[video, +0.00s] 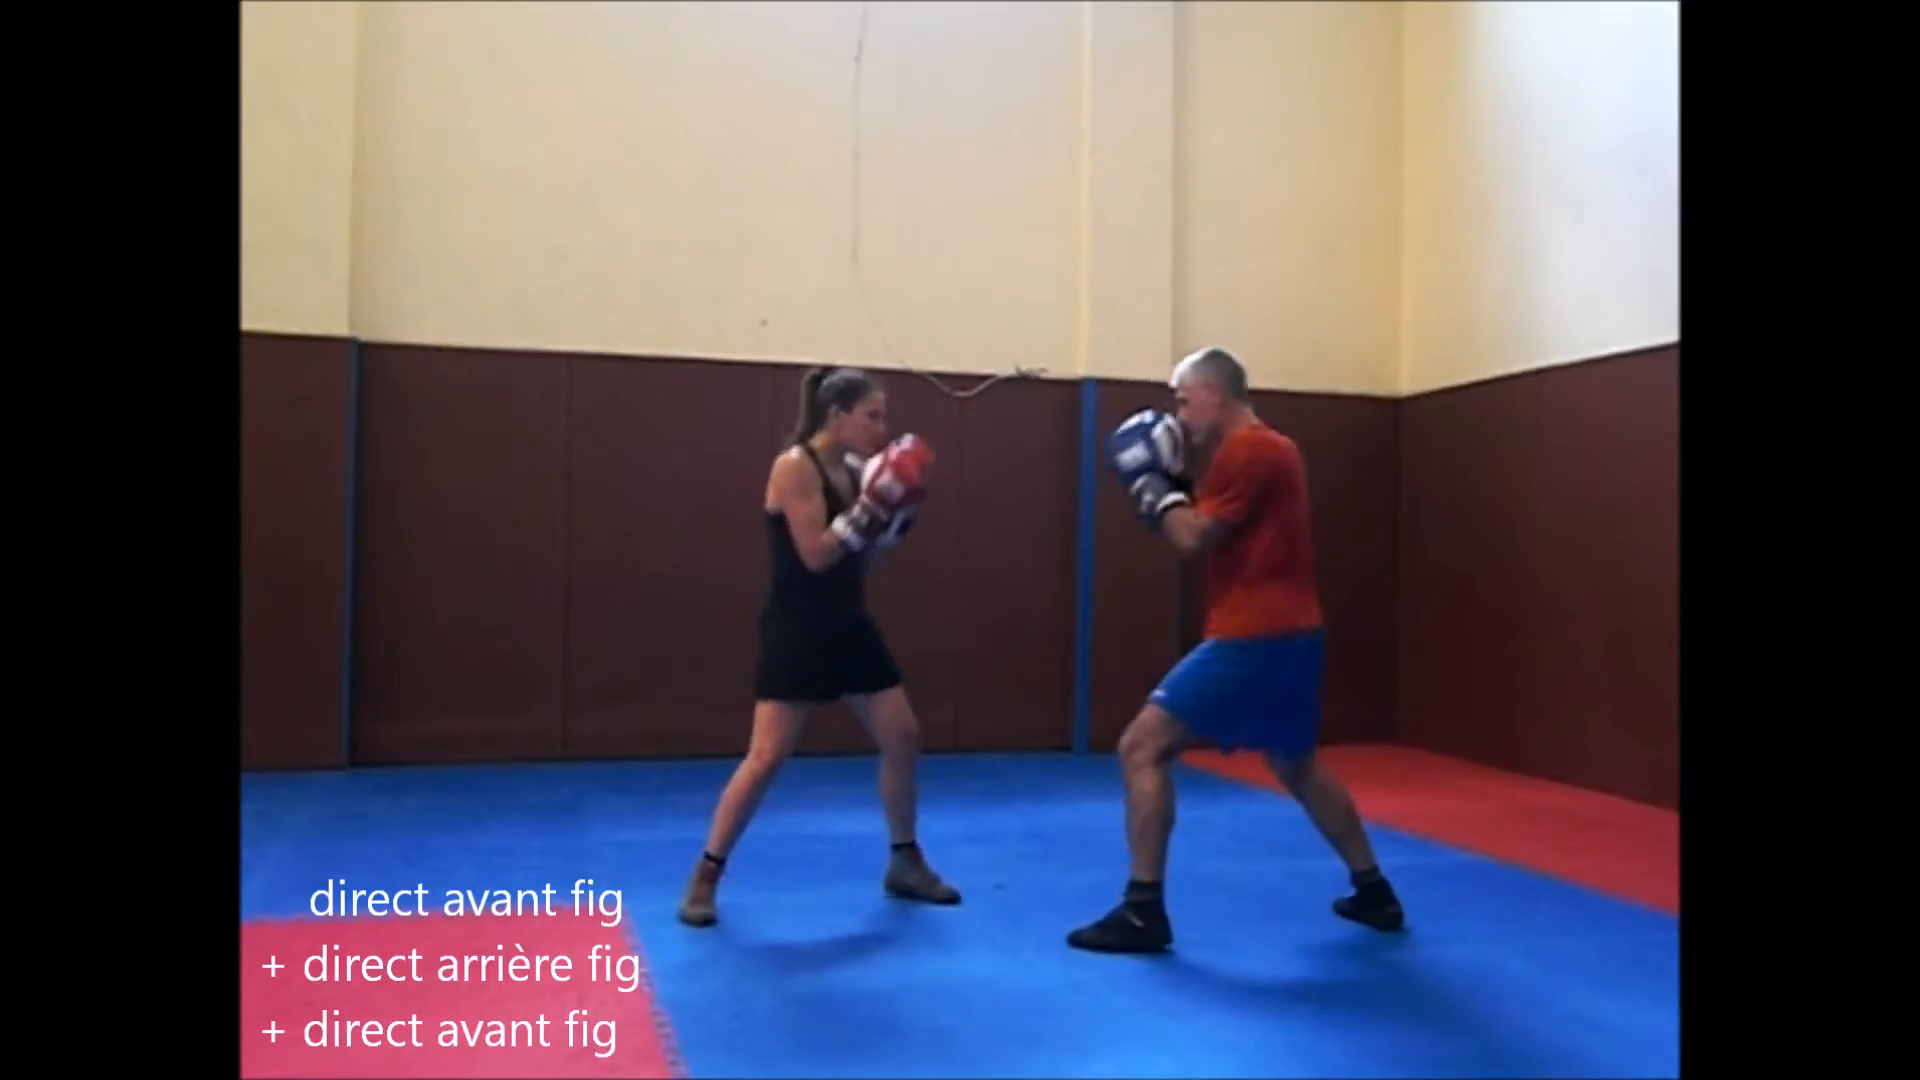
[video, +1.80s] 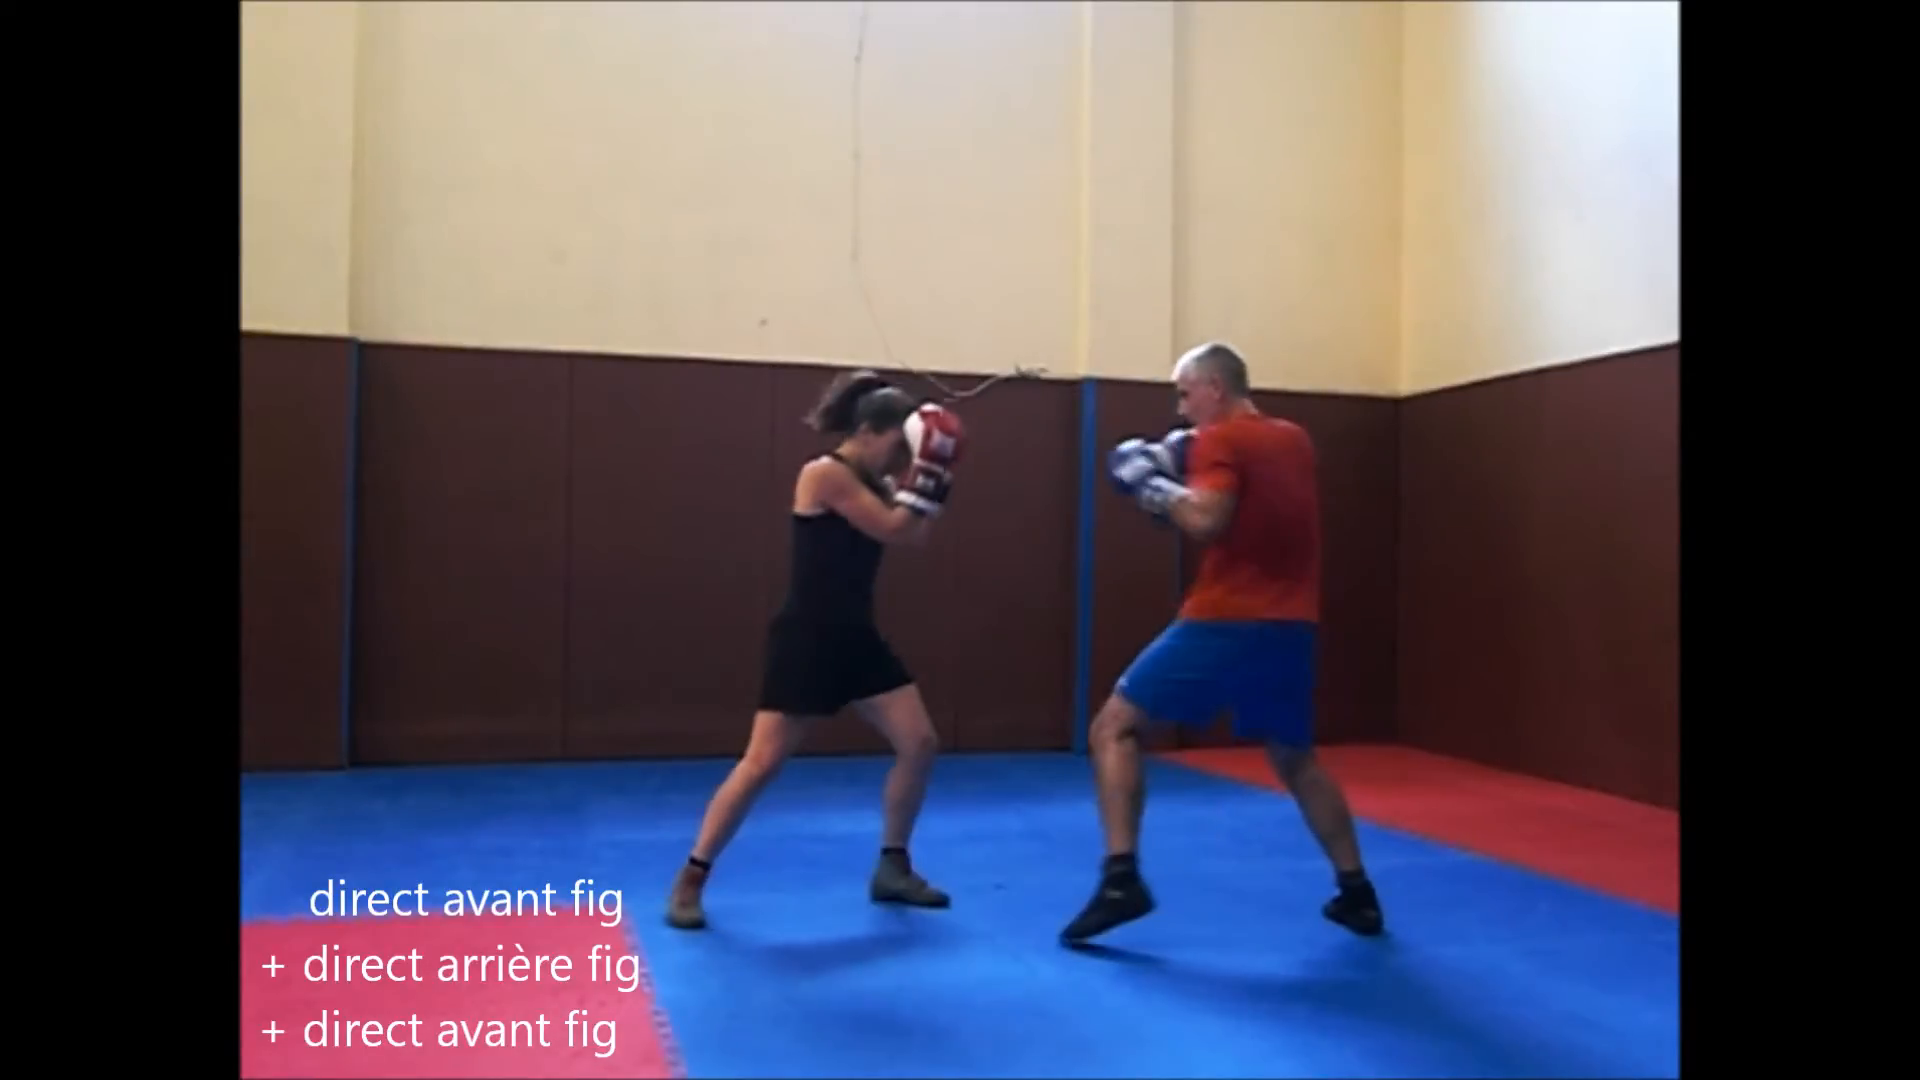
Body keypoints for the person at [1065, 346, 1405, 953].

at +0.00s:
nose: (1179, 414)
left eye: (1185, 400)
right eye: (1177, 402)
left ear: (1221, 397)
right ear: (1226, 399)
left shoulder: (1247, 452)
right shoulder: (1269, 448)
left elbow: (1190, 535)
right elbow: (1206, 522)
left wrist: (1149, 479)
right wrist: (1177, 469)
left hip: (1248, 639)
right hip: (1292, 637)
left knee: (1141, 748)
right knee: (1301, 768)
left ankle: (1143, 911)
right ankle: (1375, 893)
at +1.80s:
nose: (1182, 408)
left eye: (1187, 393)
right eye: (1180, 395)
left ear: (1219, 389)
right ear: (1239, 390)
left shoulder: (1216, 439)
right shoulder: (1295, 437)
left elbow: (1203, 517)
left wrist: (1151, 485)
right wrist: (1181, 472)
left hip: (1222, 621)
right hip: (1291, 625)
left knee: (1112, 730)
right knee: (1297, 759)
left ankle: (1121, 881)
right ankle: (1357, 892)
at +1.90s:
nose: (1159, 411)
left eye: (1163, 400)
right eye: (1158, 401)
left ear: (1192, 394)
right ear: (1214, 394)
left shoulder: (1176, 439)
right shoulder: (1280, 440)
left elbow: (1110, 479)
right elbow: (1290, 513)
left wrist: (1043, 460)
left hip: (1198, 629)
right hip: (1274, 630)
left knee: (1108, 746)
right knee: (1301, 760)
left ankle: (1120, 896)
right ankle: (1357, 893)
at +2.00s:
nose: (1132, 424)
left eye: (1137, 412)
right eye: (1132, 413)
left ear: (1167, 409)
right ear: (1190, 407)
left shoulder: (1142, 456)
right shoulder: (1258, 452)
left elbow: (1053, 469)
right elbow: (1281, 535)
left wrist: (966, 453)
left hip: (1190, 647)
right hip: (1270, 646)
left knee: (1093, 752)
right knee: (1290, 767)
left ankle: (1121, 901)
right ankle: (1355, 894)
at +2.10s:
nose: (1108, 419)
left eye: (1114, 406)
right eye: (1106, 406)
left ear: (1143, 403)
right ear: (1165, 405)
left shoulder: (1140, 454)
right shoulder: (1230, 449)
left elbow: (1075, 524)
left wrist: (1022, 489)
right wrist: (1057, 488)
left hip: (1192, 643)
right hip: (1260, 638)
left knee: (1089, 753)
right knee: (1271, 769)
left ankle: (1123, 907)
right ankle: (1353, 893)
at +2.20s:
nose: (1094, 419)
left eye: (1103, 405)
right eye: (1093, 407)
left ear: (1140, 406)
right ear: (1129, 408)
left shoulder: (1195, 460)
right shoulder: (1140, 466)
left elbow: (1205, 555)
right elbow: (1120, 490)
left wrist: (1123, 525)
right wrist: (1072, 463)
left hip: (1206, 638)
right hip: (1227, 636)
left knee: (1101, 754)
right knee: (1256, 772)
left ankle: (1128, 914)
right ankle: (1355, 885)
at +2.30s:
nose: (1100, 429)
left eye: (1108, 417)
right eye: (1100, 418)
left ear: (1146, 417)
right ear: (1133, 417)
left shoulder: (1217, 470)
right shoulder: (1118, 463)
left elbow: (1254, 555)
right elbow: (1024, 458)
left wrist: (1176, 531)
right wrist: (947, 440)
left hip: (1217, 643)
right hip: (1193, 648)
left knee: (1107, 754)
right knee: (1259, 781)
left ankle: (1130, 918)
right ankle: (1365, 884)